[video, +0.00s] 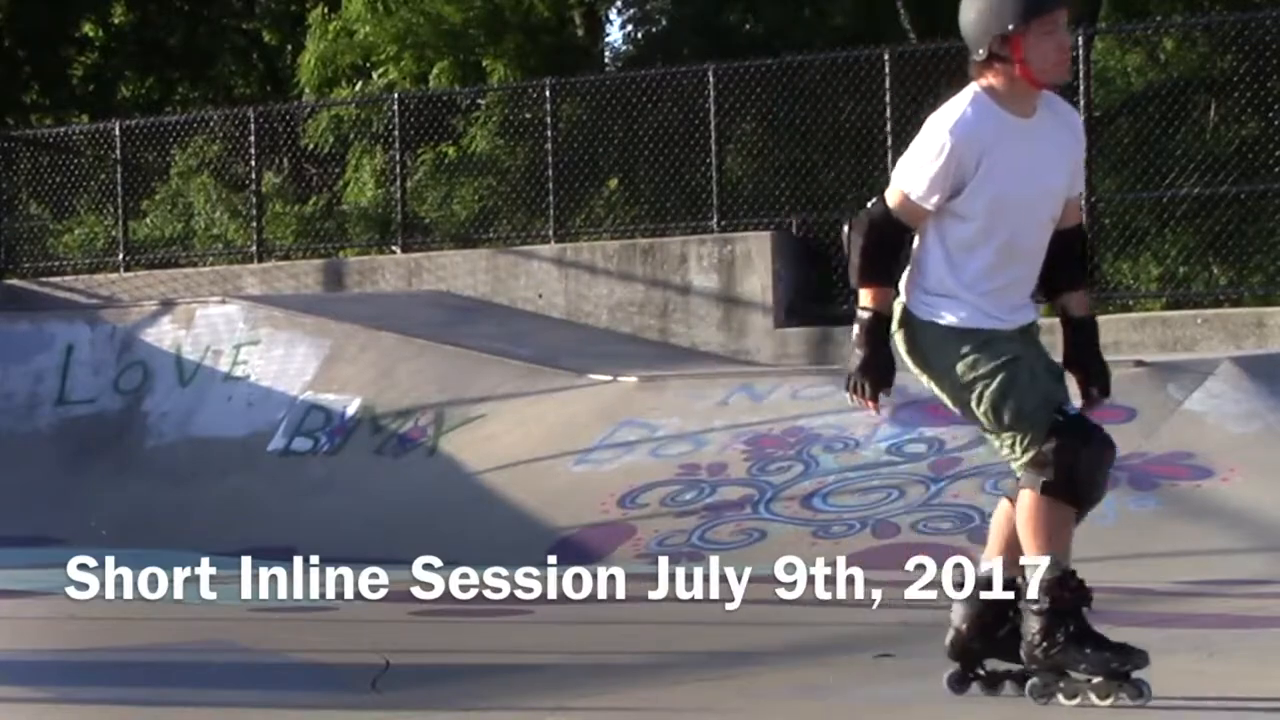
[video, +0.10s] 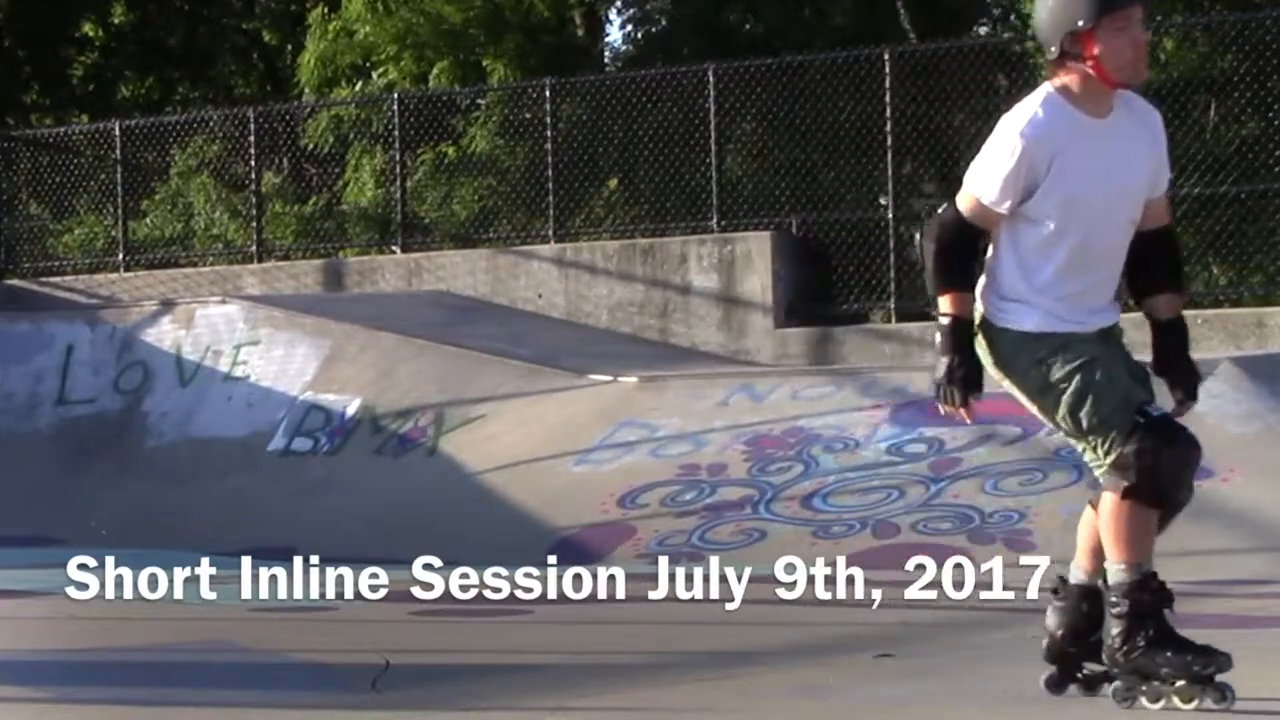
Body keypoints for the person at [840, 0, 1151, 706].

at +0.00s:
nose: (1067, 41)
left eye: (1065, 27)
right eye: (1052, 29)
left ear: (1035, 45)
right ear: (1005, 45)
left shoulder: (1065, 125)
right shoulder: (957, 127)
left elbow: (1068, 244)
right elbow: (886, 231)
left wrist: (1081, 339)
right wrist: (870, 338)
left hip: (1012, 322)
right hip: (944, 323)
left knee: (1041, 464)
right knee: (1059, 451)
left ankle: (984, 619)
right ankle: (1055, 629)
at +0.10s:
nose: (1146, 37)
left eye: (1143, 24)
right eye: (1130, 26)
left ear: (1114, 44)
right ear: (1082, 44)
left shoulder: (1144, 123)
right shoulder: (1030, 129)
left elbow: (1153, 243)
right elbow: (958, 235)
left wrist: (1170, 340)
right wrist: (956, 345)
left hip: (1095, 324)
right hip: (1026, 327)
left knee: (1131, 467)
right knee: (1141, 454)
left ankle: (1075, 621)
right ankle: (1135, 634)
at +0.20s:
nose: (1234, 21)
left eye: (1229, 9)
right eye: (1217, 11)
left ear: (1194, 33)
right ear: (1174, 34)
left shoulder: (1242, 110)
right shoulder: (1116, 117)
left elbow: (1262, 240)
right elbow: (1038, 231)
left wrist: (1276, 329)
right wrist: (1055, 336)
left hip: (1197, 318)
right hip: (1123, 322)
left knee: (1217, 473)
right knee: (1235, 453)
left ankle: (1196, 629)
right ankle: (1236, 635)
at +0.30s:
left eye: (1279, 9)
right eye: (1276, 8)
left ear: (1256, 16)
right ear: (1249, 14)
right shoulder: (1198, 96)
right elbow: (1121, 216)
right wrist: (1137, 325)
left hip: (1270, 312)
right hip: (1221, 316)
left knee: (1276, 477)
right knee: (1277, 465)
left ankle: (1278, 611)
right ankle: (1278, 618)